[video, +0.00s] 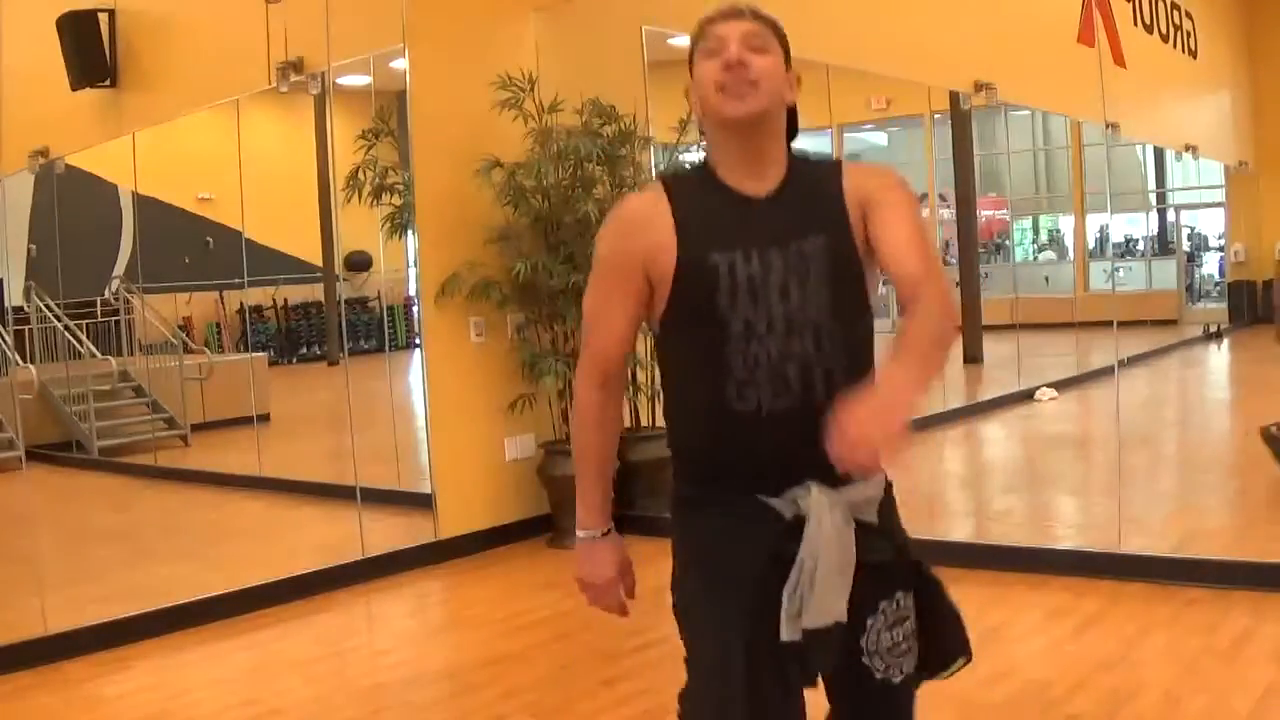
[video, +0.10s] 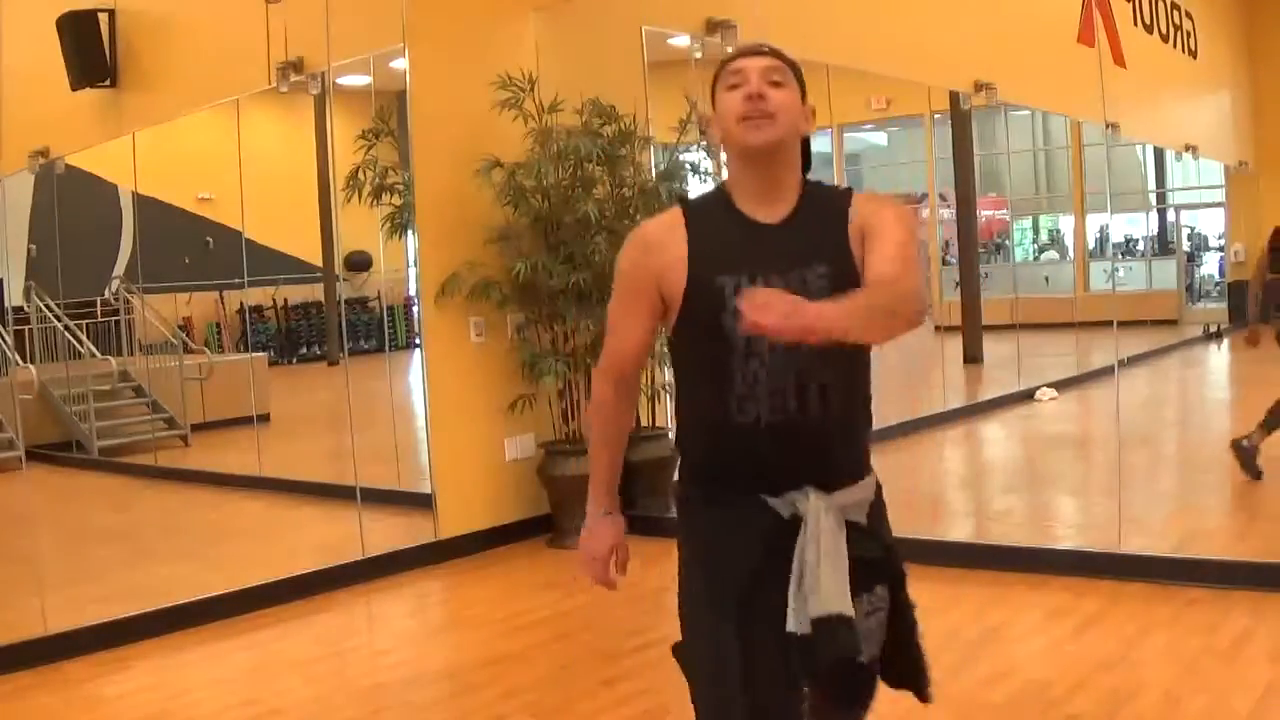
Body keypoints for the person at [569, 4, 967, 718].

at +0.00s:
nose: (734, 58)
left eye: (755, 48)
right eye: (713, 52)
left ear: (790, 85)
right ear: (691, 94)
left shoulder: (866, 191)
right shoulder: (643, 222)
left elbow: (933, 306)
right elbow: (600, 380)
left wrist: (888, 397)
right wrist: (594, 528)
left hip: (854, 508)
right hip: (727, 524)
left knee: (881, 703)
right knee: (739, 704)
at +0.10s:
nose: (755, 91)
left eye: (775, 82)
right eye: (735, 85)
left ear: (806, 115)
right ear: (713, 124)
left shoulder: (872, 218)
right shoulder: (660, 243)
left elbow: (902, 300)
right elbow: (615, 379)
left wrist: (822, 318)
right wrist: (602, 508)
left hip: (843, 517)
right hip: (726, 525)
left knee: (843, 699)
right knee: (736, 704)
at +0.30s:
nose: (780, 103)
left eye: (798, 94)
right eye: (763, 96)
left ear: (826, 124)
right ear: (742, 129)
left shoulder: (876, 224)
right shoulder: (688, 230)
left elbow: (882, 348)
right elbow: (643, 339)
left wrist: (772, 419)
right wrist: (636, 444)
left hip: (833, 475)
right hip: (729, 476)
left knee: (823, 660)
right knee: (729, 672)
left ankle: (812, 717)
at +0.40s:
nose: (774, 90)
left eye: (791, 82)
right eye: (757, 83)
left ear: (817, 111)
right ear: (738, 116)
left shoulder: (863, 212)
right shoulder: (692, 212)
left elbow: (874, 351)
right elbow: (651, 325)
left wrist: (851, 469)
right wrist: (637, 433)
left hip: (826, 449)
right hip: (725, 448)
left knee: (818, 625)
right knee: (719, 627)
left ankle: (809, 716)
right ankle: (719, 718)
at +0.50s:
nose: (769, 98)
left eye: (785, 91)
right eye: (753, 92)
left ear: (810, 120)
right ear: (734, 123)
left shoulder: (858, 214)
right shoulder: (692, 218)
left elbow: (906, 326)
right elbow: (649, 321)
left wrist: (915, 421)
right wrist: (637, 421)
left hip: (817, 443)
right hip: (722, 441)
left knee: (811, 612)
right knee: (716, 604)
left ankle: (806, 716)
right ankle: (729, 706)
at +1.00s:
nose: (717, 188)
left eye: (728, 178)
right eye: (705, 182)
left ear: (752, 191)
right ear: (694, 202)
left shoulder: (795, 266)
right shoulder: (683, 274)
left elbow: (822, 371)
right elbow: (657, 351)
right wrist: (645, 363)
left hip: (789, 434)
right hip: (721, 433)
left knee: (790, 564)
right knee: (731, 553)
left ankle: (791, 694)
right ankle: (773, 631)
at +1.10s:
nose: (713, 165)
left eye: (724, 155)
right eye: (701, 160)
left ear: (746, 168)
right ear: (691, 181)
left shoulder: (784, 232)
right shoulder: (680, 249)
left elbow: (771, 331)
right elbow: (637, 332)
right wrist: (619, 284)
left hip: (795, 406)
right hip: (732, 408)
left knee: (791, 535)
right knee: (743, 533)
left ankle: (787, 668)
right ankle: (775, 628)